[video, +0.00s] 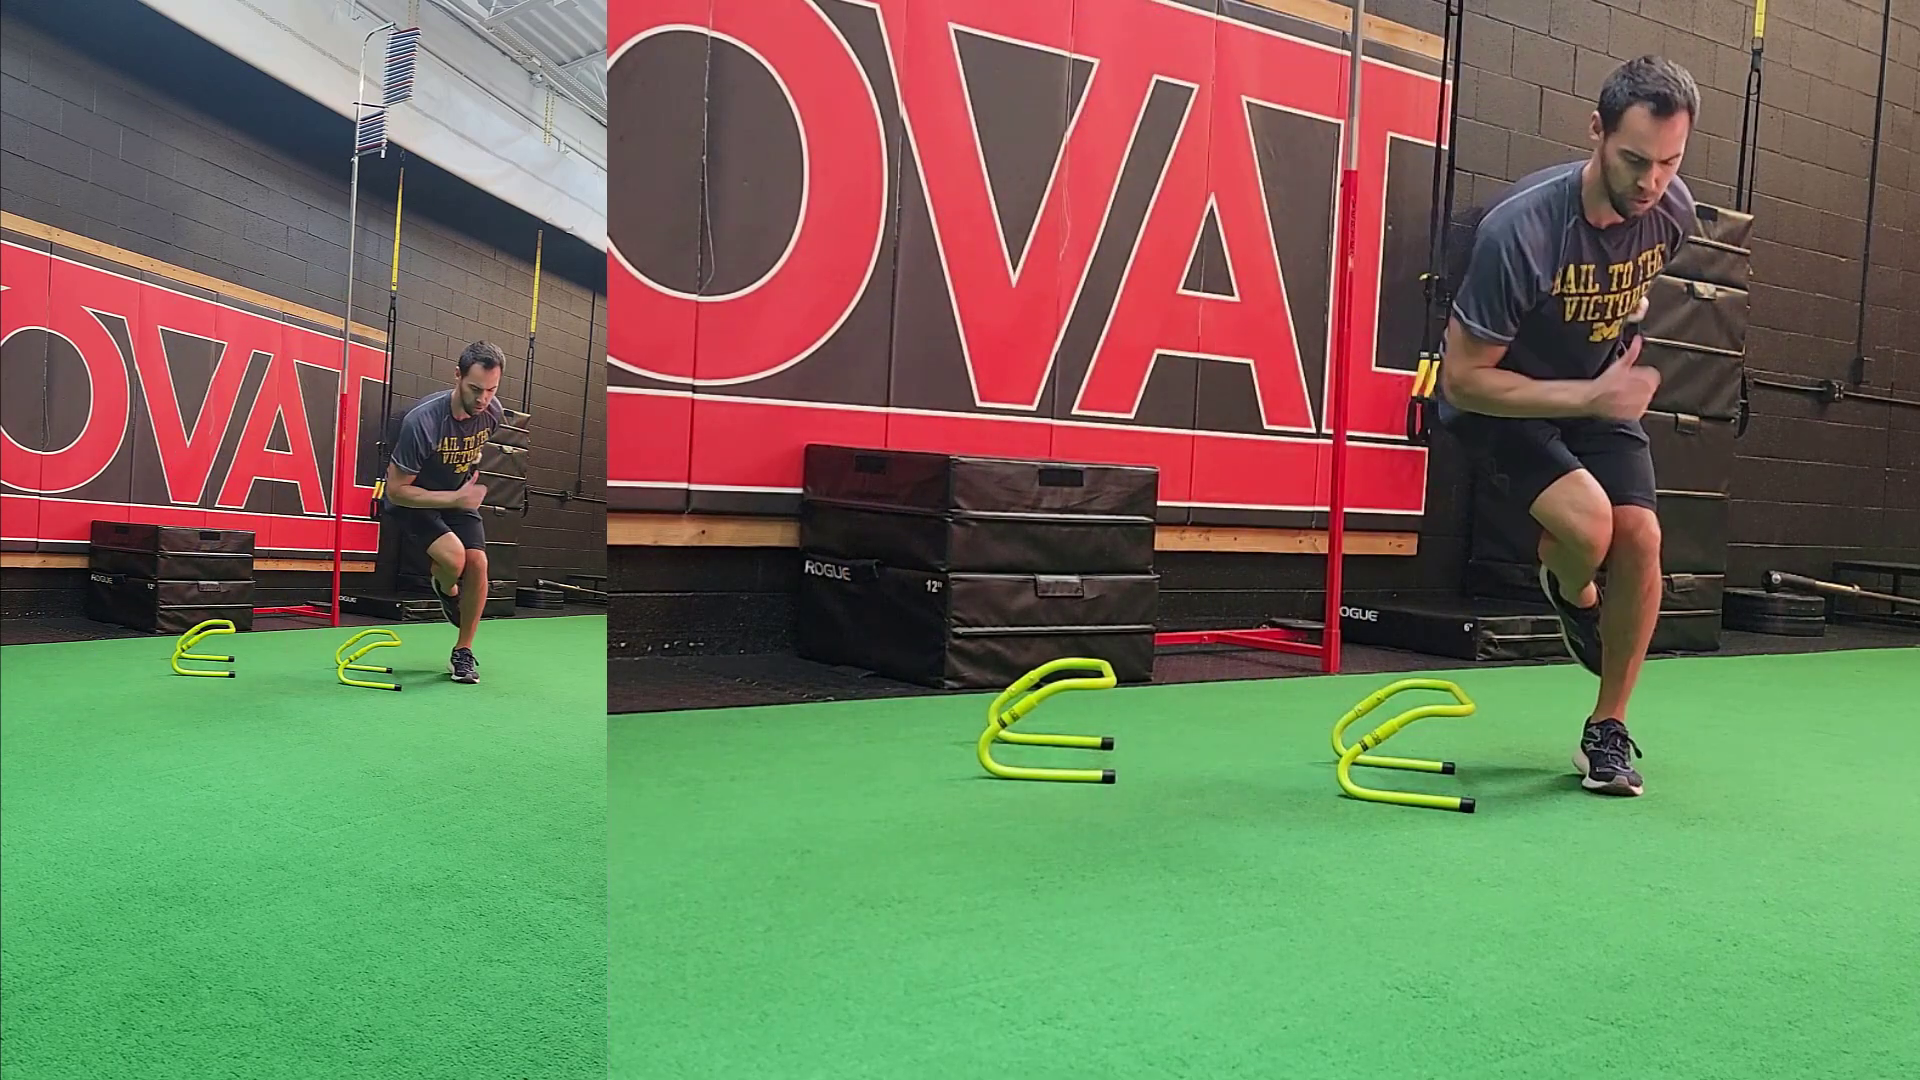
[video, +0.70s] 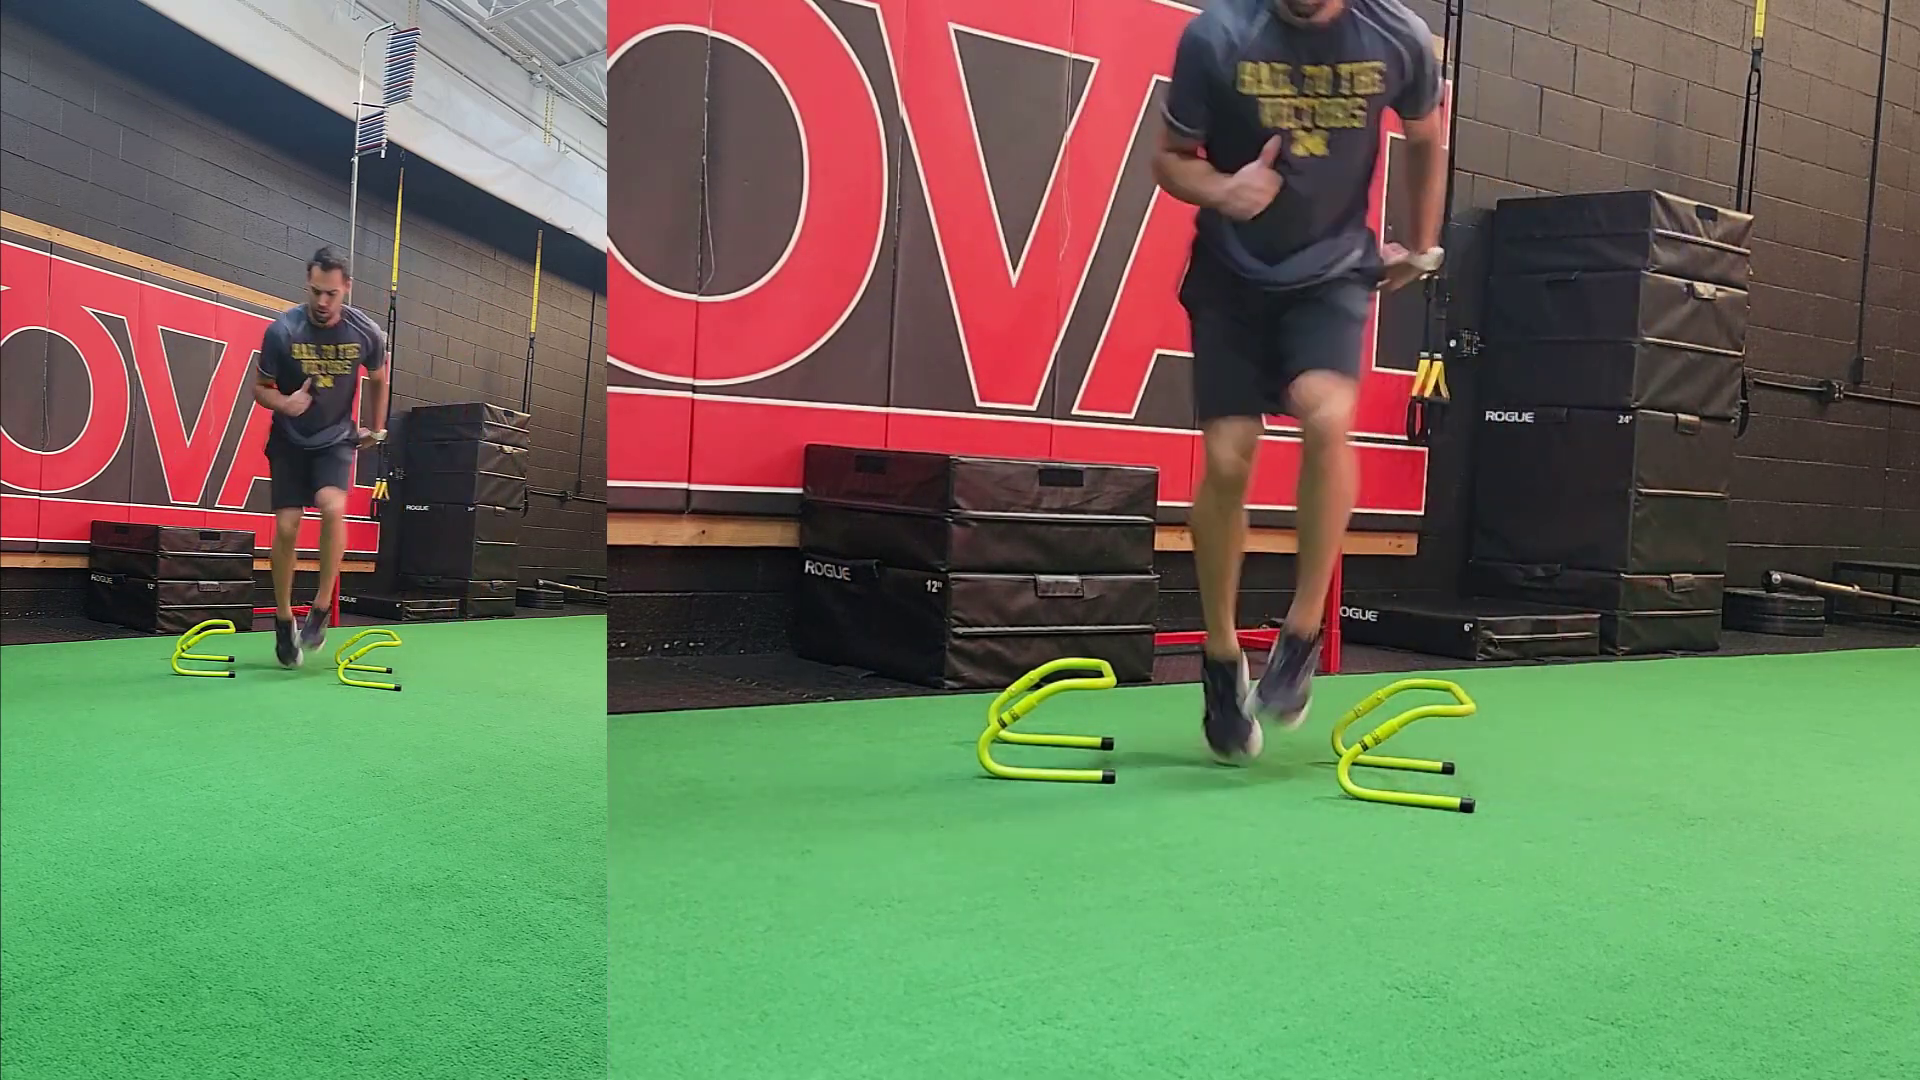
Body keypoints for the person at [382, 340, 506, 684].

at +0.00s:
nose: (483, 399)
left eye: (491, 391)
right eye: (476, 389)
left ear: (498, 385)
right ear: (457, 378)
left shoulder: (492, 413)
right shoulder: (421, 421)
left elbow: (468, 446)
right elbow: (396, 491)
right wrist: (456, 498)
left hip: (456, 497)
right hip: (412, 499)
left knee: (478, 563)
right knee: (454, 557)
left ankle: (464, 651)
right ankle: (445, 589)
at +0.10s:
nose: (476, 388)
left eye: (485, 380)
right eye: (469, 378)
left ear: (493, 377)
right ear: (453, 369)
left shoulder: (491, 414)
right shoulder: (417, 414)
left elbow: (489, 453)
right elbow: (384, 476)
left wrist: (486, 493)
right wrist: (416, 528)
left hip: (460, 501)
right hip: (418, 500)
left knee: (476, 564)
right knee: (450, 553)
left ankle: (464, 651)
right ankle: (444, 591)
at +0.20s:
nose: (464, 376)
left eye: (473, 368)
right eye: (457, 365)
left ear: (484, 366)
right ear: (444, 359)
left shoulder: (483, 413)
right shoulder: (411, 404)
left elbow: (485, 481)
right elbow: (368, 460)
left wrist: (493, 544)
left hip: (451, 495)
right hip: (404, 489)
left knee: (474, 565)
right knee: (435, 536)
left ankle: (461, 651)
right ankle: (417, 574)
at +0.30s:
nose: (442, 360)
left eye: (451, 352)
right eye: (436, 350)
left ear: (463, 351)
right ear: (425, 345)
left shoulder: (472, 398)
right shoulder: (394, 390)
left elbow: (474, 454)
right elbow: (339, 427)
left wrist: (481, 475)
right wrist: (304, 466)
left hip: (437, 489)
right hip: (388, 477)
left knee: (464, 565)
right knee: (409, 521)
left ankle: (460, 651)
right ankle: (372, 569)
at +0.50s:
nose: (379, 310)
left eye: (388, 301)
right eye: (373, 299)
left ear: (402, 300)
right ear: (361, 295)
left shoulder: (415, 342)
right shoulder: (333, 347)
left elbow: (426, 393)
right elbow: (307, 407)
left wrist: (418, 424)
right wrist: (295, 468)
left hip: (391, 452)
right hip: (339, 452)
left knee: (415, 526)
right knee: (330, 544)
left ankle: (425, 601)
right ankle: (296, 627)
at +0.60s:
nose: (347, 311)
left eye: (355, 303)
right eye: (341, 302)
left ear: (370, 302)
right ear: (330, 299)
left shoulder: (386, 347)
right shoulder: (305, 350)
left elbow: (401, 391)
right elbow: (283, 409)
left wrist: (404, 443)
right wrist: (304, 443)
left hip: (364, 445)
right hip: (316, 446)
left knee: (375, 494)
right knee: (309, 550)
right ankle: (290, 635)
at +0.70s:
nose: (322, 301)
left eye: (331, 294)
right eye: (316, 292)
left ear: (346, 291)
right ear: (307, 287)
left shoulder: (367, 334)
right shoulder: (282, 331)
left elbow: (379, 378)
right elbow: (262, 387)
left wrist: (374, 429)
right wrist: (285, 405)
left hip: (337, 440)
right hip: (289, 438)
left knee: (331, 508)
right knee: (286, 526)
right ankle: (284, 619)